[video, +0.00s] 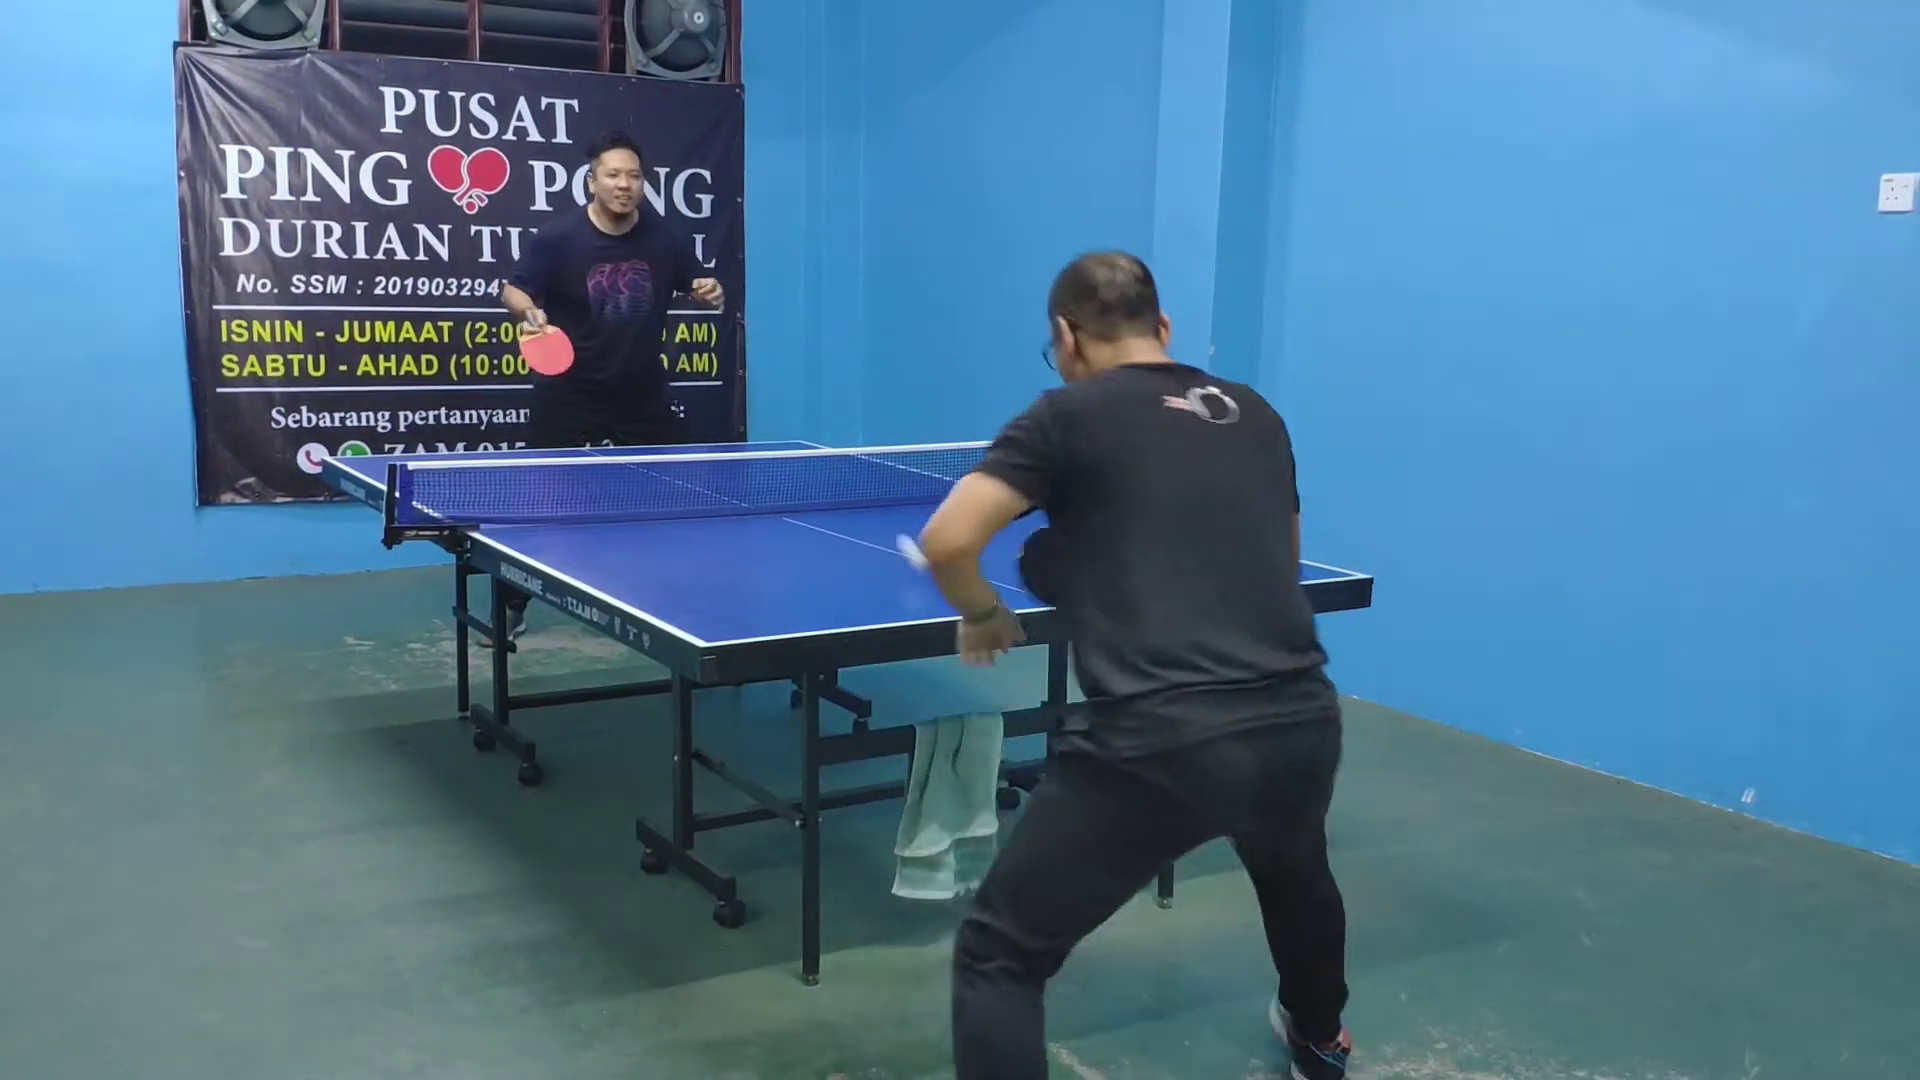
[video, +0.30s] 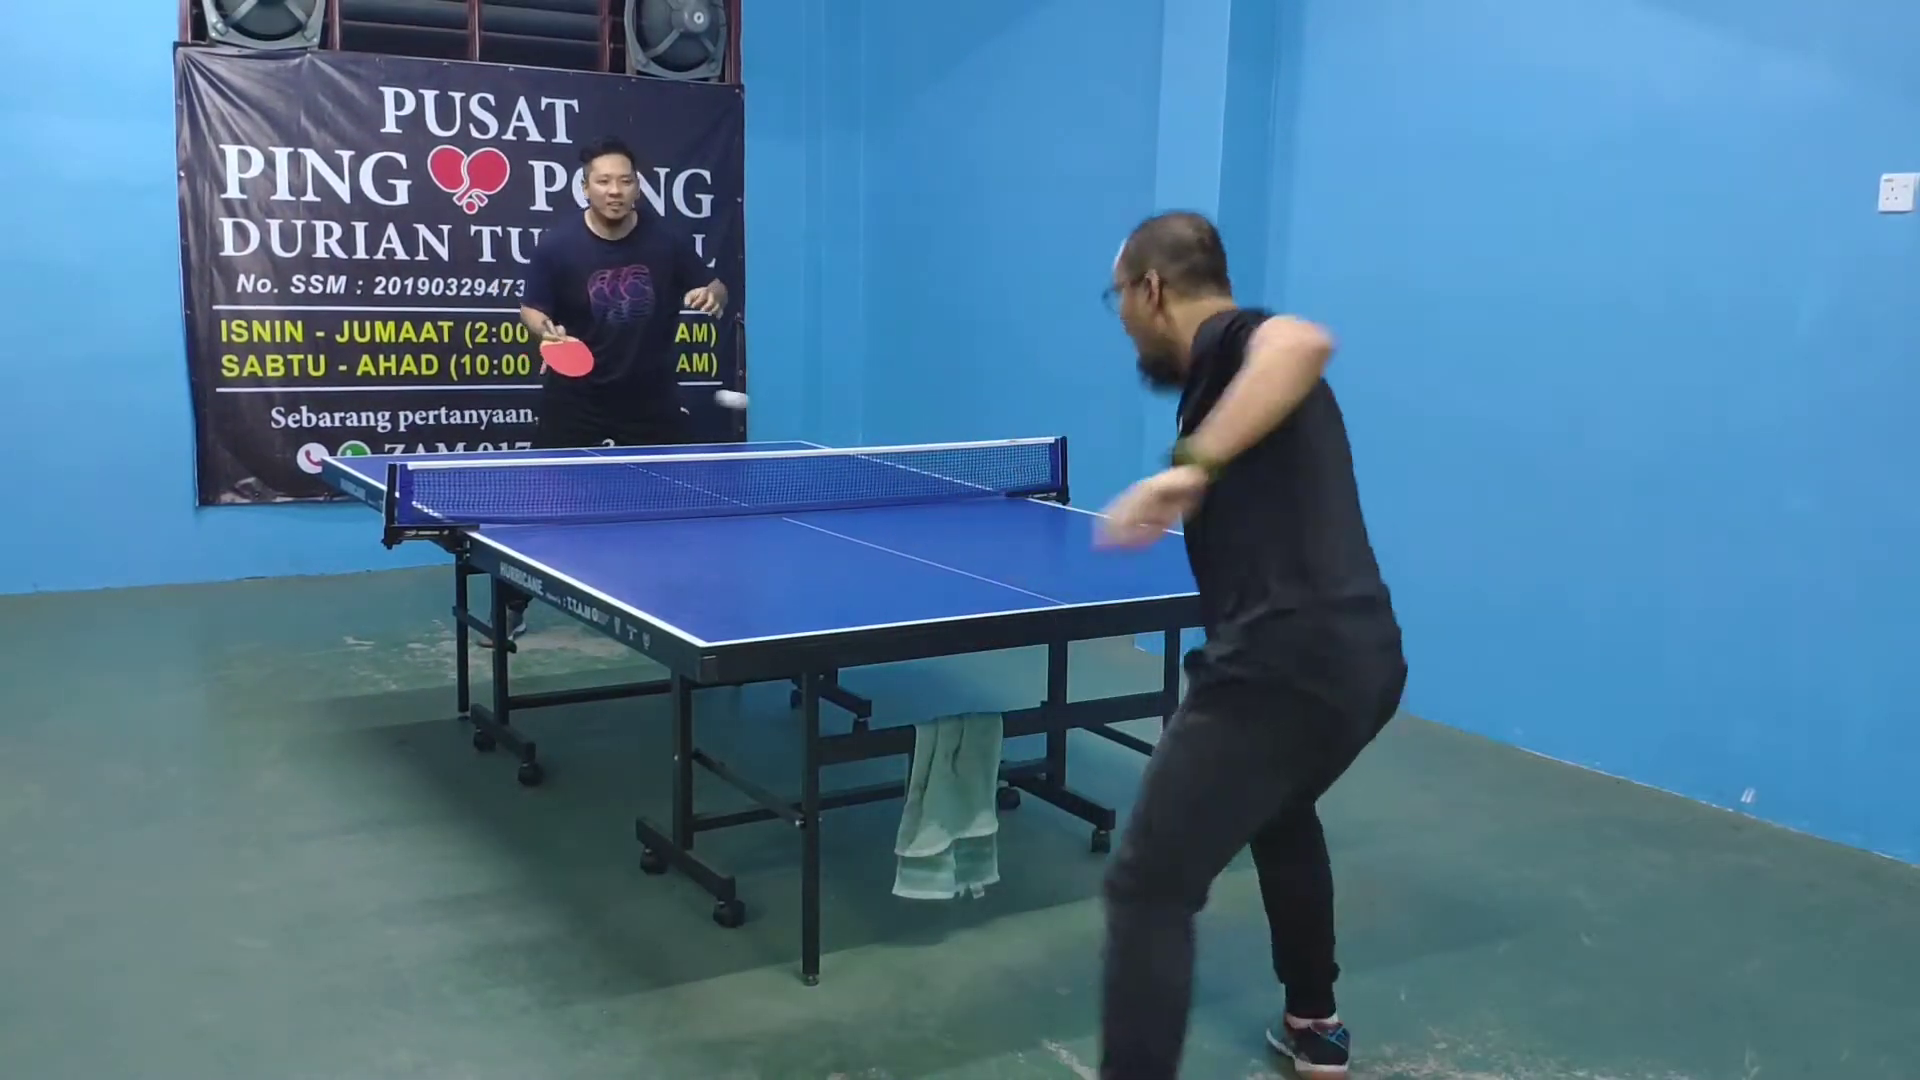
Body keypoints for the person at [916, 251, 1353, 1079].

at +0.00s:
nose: (1057, 360)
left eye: (1055, 346)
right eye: (1059, 347)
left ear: (1068, 337)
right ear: (1165, 330)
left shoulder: (1067, 416)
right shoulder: (1254, 412)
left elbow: (946, 542)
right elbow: (1285, 558)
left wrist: (981, 611)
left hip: (1151, 751)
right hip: (1296, 734)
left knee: (999, 955)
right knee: (1298, 877)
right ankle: (1320, 1043)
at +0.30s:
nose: (1127, 326)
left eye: (1122, 304)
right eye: (1120, 307)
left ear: (1152, 288)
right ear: (1206, 279)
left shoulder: (1223, 337)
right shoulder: (1245, 370)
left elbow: (1305, 340)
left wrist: (1195, 465)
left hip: (1282, 663)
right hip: (1358, 659)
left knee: (1147, 881)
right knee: (1279, 806)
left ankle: (1134, 1066)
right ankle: (1314, 1027)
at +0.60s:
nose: (1176, 265)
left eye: (1181, 247)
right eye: (1179, 247)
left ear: (1210, 253)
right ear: (1278, 253)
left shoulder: (1251, 339)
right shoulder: (1347, 337)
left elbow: (1259, 453)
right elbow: (1421, 485)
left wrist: (1166, 616)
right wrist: (1303, 508)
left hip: (1310, 665)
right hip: (1396, 653)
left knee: (1206, 893)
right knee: (1320, 799)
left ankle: (1254, 1066)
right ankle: (1360, 1010)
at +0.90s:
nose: (1189, 345)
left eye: (1189, 328)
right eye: (1186, 329)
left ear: (1218, 330)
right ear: (1291, 321)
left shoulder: (1261, 403)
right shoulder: (1375, 390)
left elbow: (1245, 546)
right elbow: (1410, 553)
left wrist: (1156, 648)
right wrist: (1283, 600)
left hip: (1399, 707)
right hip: (1500, 687)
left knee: (1242, 908)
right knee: (1423, 822)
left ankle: (1269, 1070)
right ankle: (1468, 1031)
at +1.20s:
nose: (1262, 364)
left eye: (1266, 350)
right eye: (1262, 350)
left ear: (1293, 354)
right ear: (1366, 349)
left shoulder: (1276, 451)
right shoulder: (1467, 420)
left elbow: (1251, 626)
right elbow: (1576, 581)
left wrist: (1303, 707)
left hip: (1417, 727)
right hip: (1556, 710)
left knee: (1251, 931)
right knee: (1493, 831)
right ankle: (1523, 1048)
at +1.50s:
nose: (1408, 397)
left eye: (1410, 383)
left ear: (1421, 382)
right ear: (1526, 404)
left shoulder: (1361, 475)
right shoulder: (1551, 476)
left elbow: (1387, 583)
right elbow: (1579, 592)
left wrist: (1515, 615)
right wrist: (1635, 779)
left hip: (1311, 790)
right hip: (1469, 803)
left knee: (1161, 956)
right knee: (1531, 899)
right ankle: (1546, 1067)